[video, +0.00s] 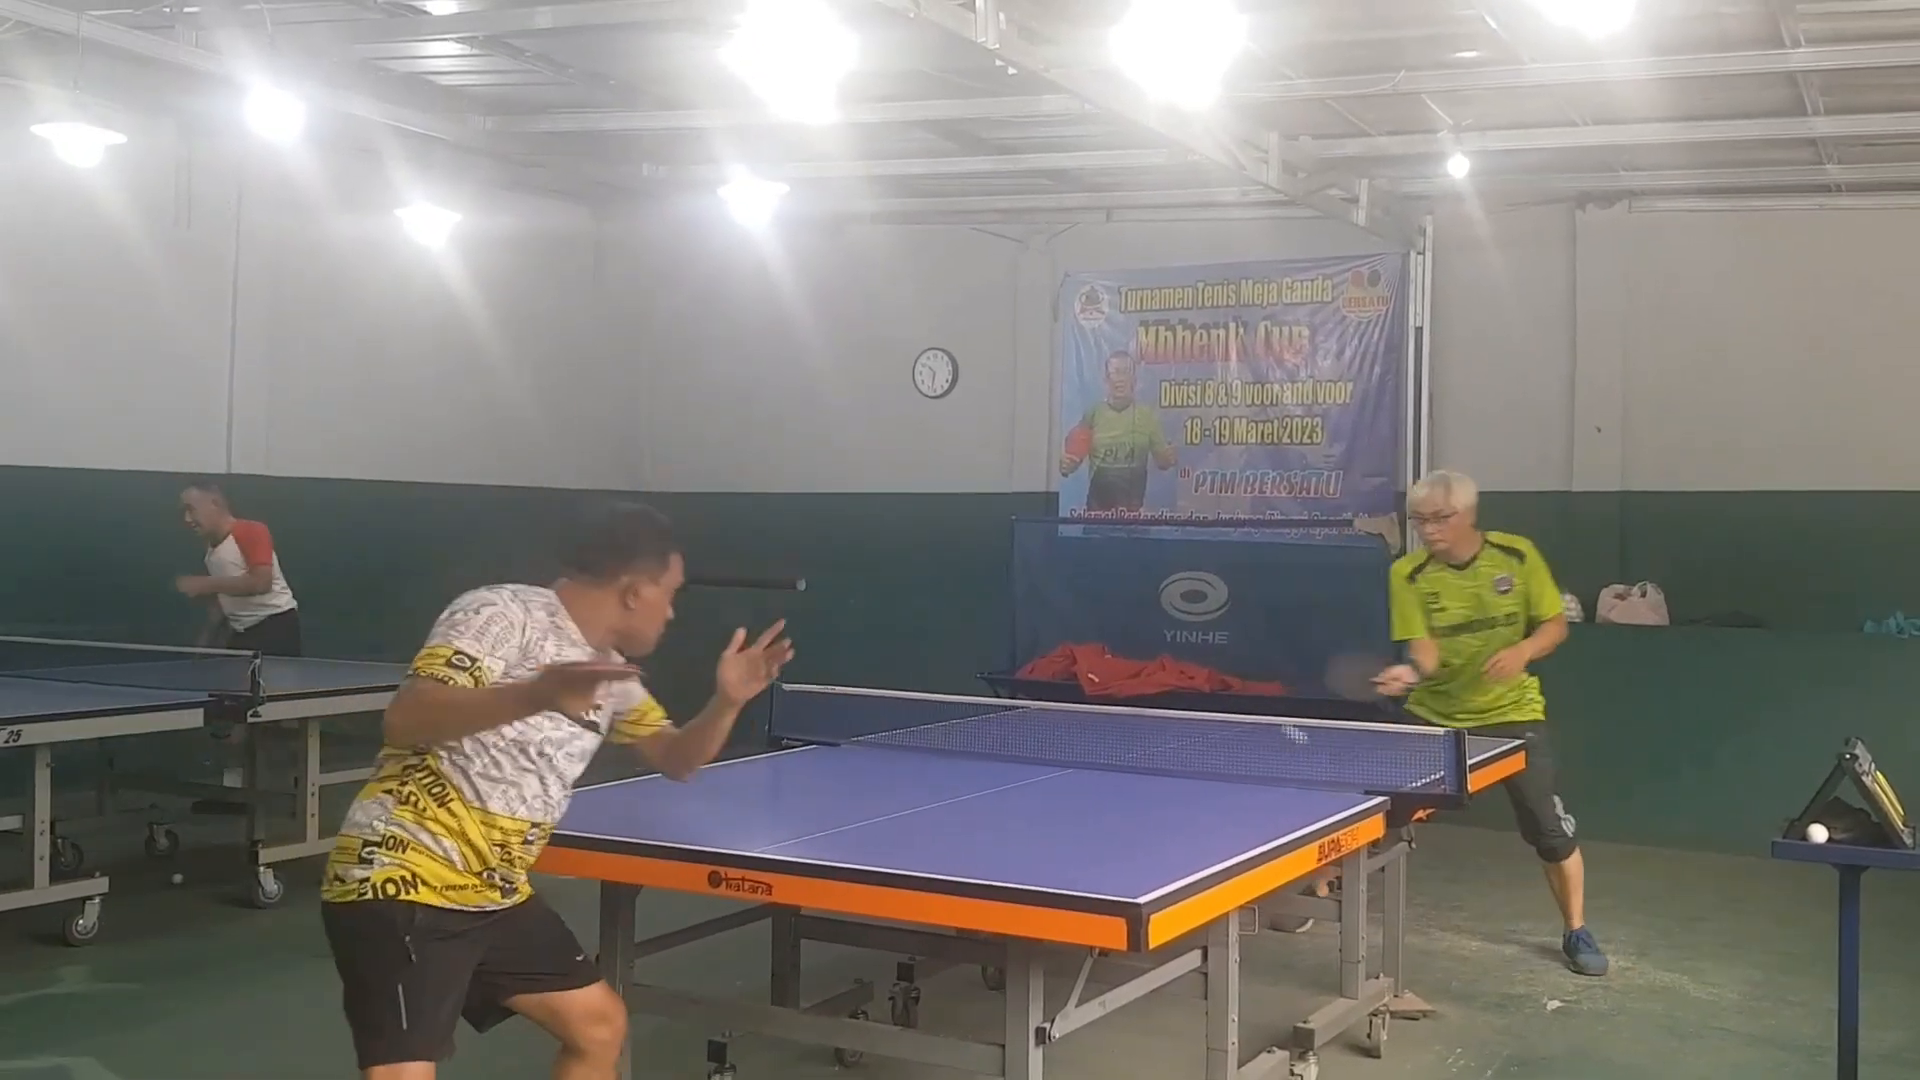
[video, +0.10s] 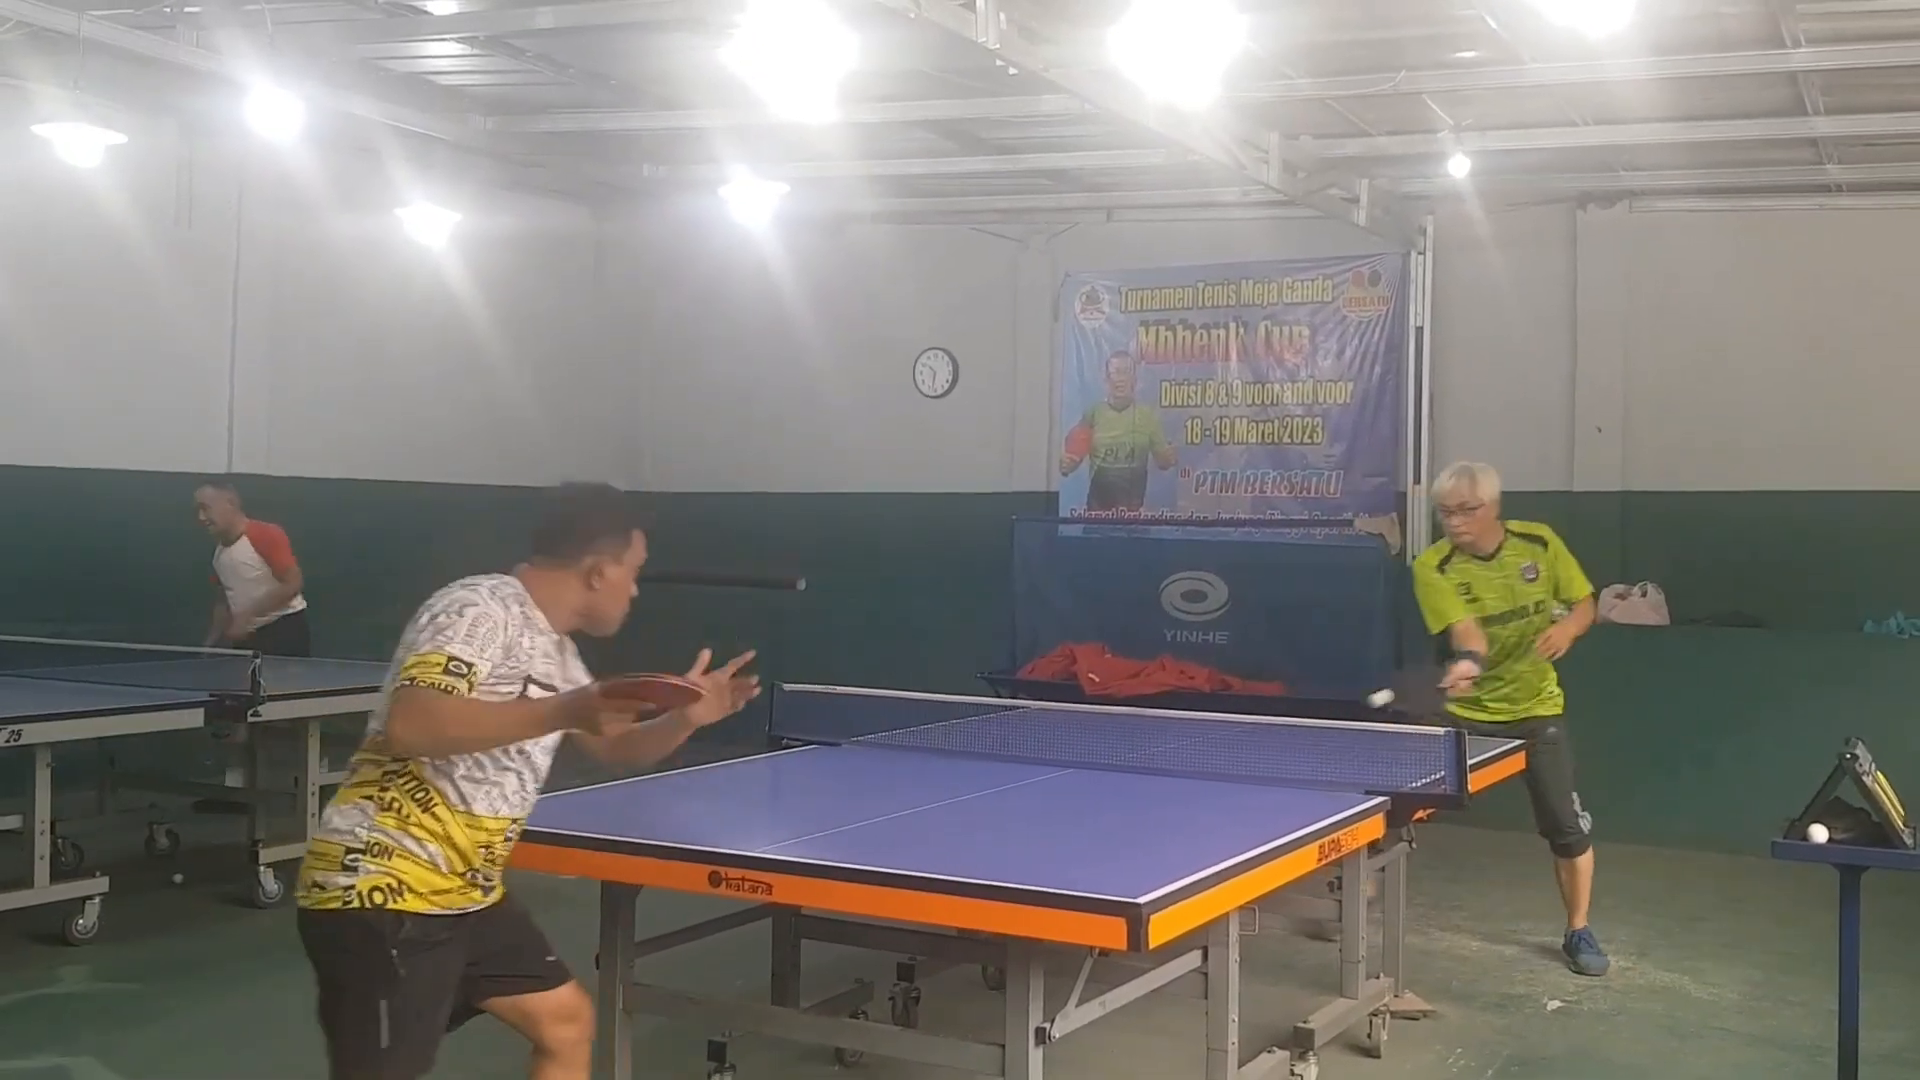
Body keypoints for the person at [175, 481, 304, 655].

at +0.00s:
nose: (187, 519)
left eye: (191, 510)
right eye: (185, 512)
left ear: (215, 503)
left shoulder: (253, 531)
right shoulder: (212, 552)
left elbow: (261, 582)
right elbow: (221, 608)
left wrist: (204, 585)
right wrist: (203, 647)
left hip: (276, 628)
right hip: (242, 633)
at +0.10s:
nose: (201, 518)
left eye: (205, 508)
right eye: (198, 510)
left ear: (231, 504)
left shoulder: (267, 535)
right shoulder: (220, 554)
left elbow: (293, 583)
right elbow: (224, 604)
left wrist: (247, 616)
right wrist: (209, 647)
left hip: (284, 631)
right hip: (247, 637)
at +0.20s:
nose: (220, 516)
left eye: (225, 506)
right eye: (217, 509)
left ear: (250, 502)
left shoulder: (285, 537)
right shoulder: (230, 549)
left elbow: (323, 582)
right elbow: (234, 601)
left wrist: (299, 625)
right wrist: (218, 646)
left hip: (293, 636)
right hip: (255, 638)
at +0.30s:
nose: (247, 515)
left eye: (254, 506)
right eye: (243, 509)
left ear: (277, 506)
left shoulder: (311, 540)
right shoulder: (243, 547)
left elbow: (350, 577)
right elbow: (246, 599)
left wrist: (336, 625)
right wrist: (230, 647)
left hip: (313, 637)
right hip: (269, 640)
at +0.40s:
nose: (277, 514)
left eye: (285, 506)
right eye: (272, 507)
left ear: (305, 506)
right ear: (268, 511)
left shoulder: (335, 539)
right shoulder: (264, 544)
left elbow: (370, 573)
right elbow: (262, 595)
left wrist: (361, 619)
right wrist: (246, 641)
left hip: (330, 638)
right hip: (284, 639)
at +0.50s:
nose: (307, 511)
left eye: (314, 503)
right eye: (299, 504)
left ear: (330, 504)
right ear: (292, 508)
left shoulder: (357, 537)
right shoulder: (282, 542)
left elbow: (379, 579)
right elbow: (276, 594)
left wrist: (373, 623)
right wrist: (260, 639)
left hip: (348, 640)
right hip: (300, 640)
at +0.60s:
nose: (328, 508)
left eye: (336, 499)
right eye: (320, 500)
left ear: (351, 500)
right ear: (312, 505)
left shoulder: (374, 536)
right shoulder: (296, 540)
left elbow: (389, 586)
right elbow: (288, 594)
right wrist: (273, 639)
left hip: (365, 637)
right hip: (314, 638)